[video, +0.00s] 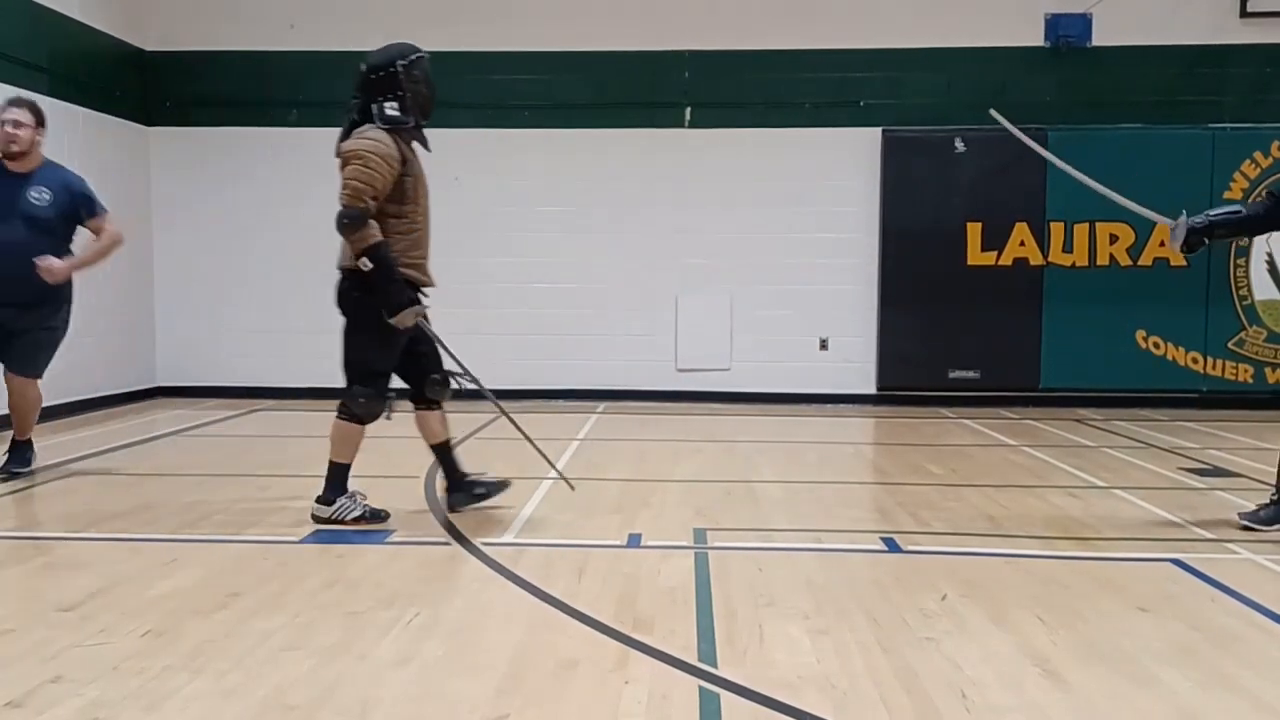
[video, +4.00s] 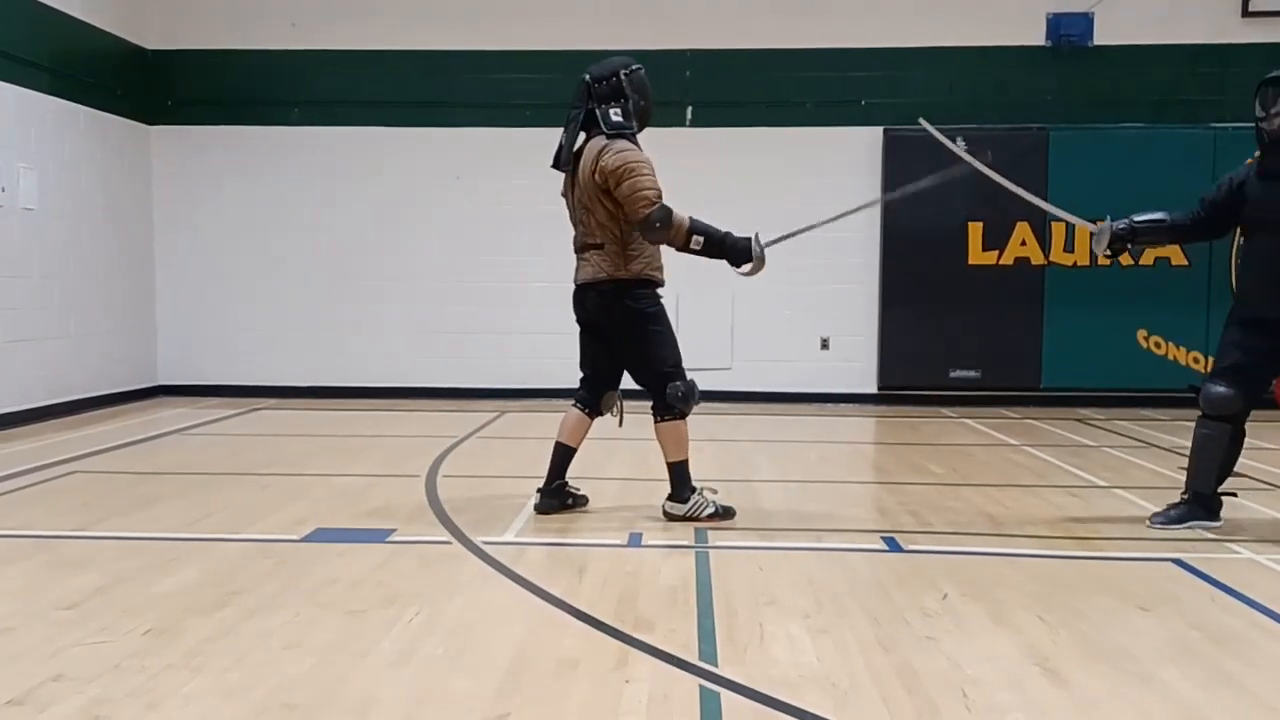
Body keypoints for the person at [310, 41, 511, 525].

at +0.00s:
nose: (429, 90)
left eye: (426, 80)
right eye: (420, 80)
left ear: (390, 87)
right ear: (397, 86)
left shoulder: (397, 141)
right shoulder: (375, 144)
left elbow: (388, 220)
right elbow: (352, 217)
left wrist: (409, 281)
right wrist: (391, 286)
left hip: (394, 286)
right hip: (371, 287)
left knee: (428, 380)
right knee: (365, 395)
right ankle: (333, 496)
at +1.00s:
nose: (616, 98)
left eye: (613, 89)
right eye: (610, 90)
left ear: (566, 97)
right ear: (593, 96)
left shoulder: (554, 146)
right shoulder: (586, 143)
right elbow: (648, 166)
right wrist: (723, 167)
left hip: (570, 290)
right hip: (602, 288)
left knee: (586, 383)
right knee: (640, 390)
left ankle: (552, 488)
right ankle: (634, 496)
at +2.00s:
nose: (660, 101)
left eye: (655, 92)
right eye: (652, 93)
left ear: (608, 103)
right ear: (638, 101)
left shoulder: (597, 154)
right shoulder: (641, 157)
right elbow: (698, 219)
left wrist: (731, 224)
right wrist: (767, 223)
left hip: (607, 297)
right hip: (642, 298)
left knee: (597, 394)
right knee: (699, 388)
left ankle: (551, 488)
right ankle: (708, 494)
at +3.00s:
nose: (685, 112)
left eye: (682, 103)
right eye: (678, 104)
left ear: (632, 111)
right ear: (664, 110)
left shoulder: (620, 162)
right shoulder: (655, 167)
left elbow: (635, 243)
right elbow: (663, 243)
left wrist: (721, 257)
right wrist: (731, 256)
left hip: (615, 304)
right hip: (648, 305)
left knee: (609, 397)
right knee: (717, 383)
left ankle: (554, 486)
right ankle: (698, 492)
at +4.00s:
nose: (647, 102)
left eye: (644, 93)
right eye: (641, 94)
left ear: (597, 100)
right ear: (627, 98)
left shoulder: (587, 152)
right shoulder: (622, 155)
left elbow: (647, 224)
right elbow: (655, 222)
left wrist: (717, 244)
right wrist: (724, 244)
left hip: (593, 293)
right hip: (628, 293)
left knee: (595, 388)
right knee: (671, 390)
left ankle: (553, 487)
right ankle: (682, 495)